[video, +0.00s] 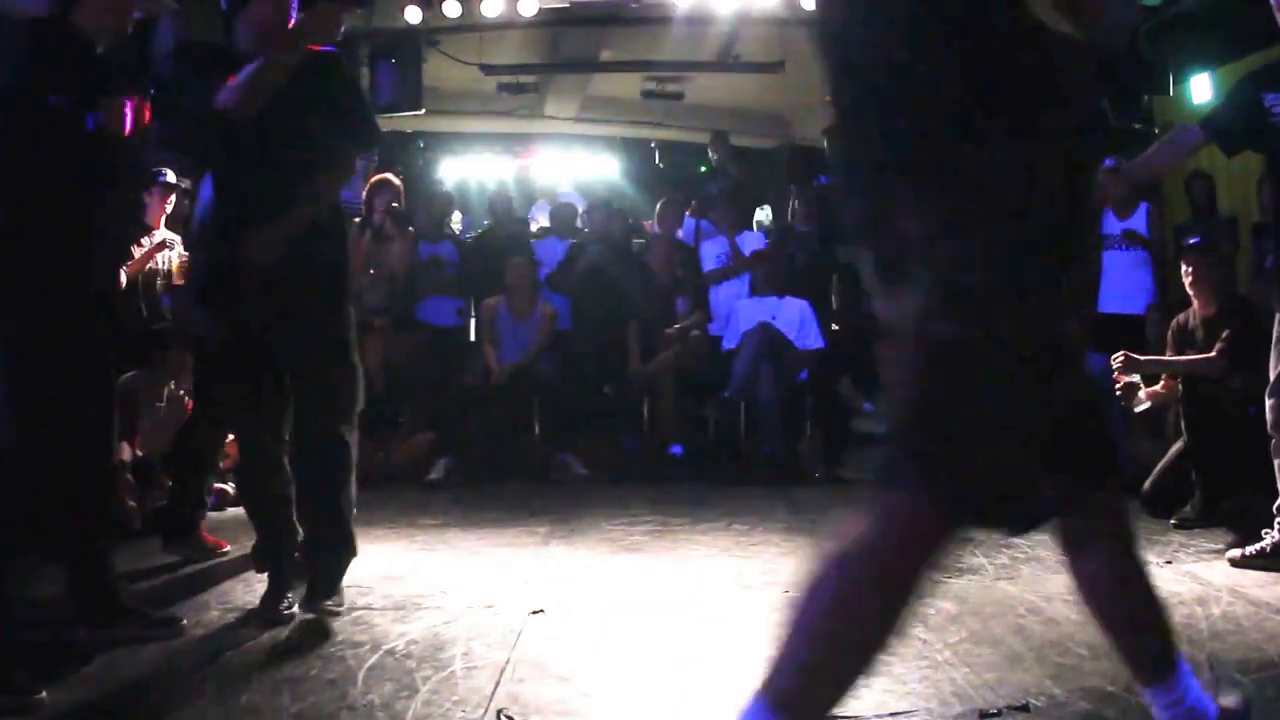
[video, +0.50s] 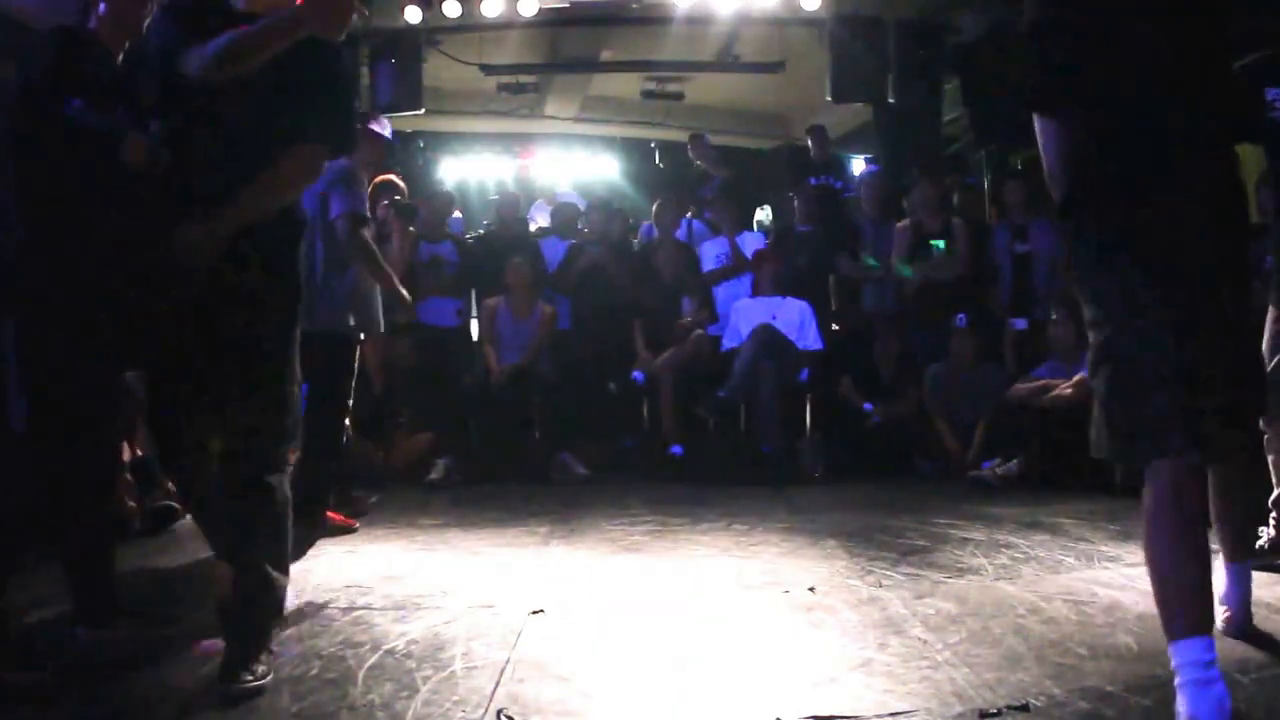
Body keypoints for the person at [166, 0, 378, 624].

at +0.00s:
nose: (258, 19)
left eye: (268, 10)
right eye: (252, 10)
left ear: (293, 17)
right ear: (241, 21)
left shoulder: (327, 70)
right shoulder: (222, 76)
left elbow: (342, 165)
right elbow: (202, 136)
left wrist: (282, 230)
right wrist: (283, 56)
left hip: (315, 278)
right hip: (240, 281)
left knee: (324, 426)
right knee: (257, 429)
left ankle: (326, 580)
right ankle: (279, 570)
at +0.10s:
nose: (271, 22)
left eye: (283, 13)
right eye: (260, 12)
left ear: (299, 18)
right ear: (239, 17)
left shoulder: (325, 66)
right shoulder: (211, 66)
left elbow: (329, 173)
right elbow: (222, 105)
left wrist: (267, 230)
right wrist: (297, 37)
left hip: (306, 273)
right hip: (230, 273)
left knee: (306, 421)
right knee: (239, 422)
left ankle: (299, 585)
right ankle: (279, 555)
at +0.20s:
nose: (264, 17)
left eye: (274, 10)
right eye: (257, 12)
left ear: (296, 10)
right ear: (235, 11)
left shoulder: (323, 56)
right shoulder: (204, 57)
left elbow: (332, 156)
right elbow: (212, 102)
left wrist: (264, 225)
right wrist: (297, 31)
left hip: (296, 263)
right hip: (221, 259)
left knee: (292, 419)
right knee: (237, 414)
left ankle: (279, 583)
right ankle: (280, 554)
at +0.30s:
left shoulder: (320, 49)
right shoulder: (186, 34)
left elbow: (325, 170)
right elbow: (196, 92)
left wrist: (244, 228)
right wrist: (298, 25)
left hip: (289, 256)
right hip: (209, 254)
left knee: (286, 411)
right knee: (225, 410)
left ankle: (265, 590)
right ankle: (276, 563)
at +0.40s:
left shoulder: (316, 42)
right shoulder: (180, 28)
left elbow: (315, 166)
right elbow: (189, 87)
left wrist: (222, 235)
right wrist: (301, 22)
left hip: (270, 257)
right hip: (195, 254)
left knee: (265, 435)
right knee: (207, 421)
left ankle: (250, 641)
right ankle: (269, 557)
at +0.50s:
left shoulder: (316, 49)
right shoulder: (183, 16)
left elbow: (305, 163)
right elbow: (192, 68)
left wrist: (217, 225)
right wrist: (301, 22)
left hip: (265, 266)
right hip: (183, 258)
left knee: (258, 442)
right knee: (176, 427)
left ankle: (250, 633)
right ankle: (247, 569)